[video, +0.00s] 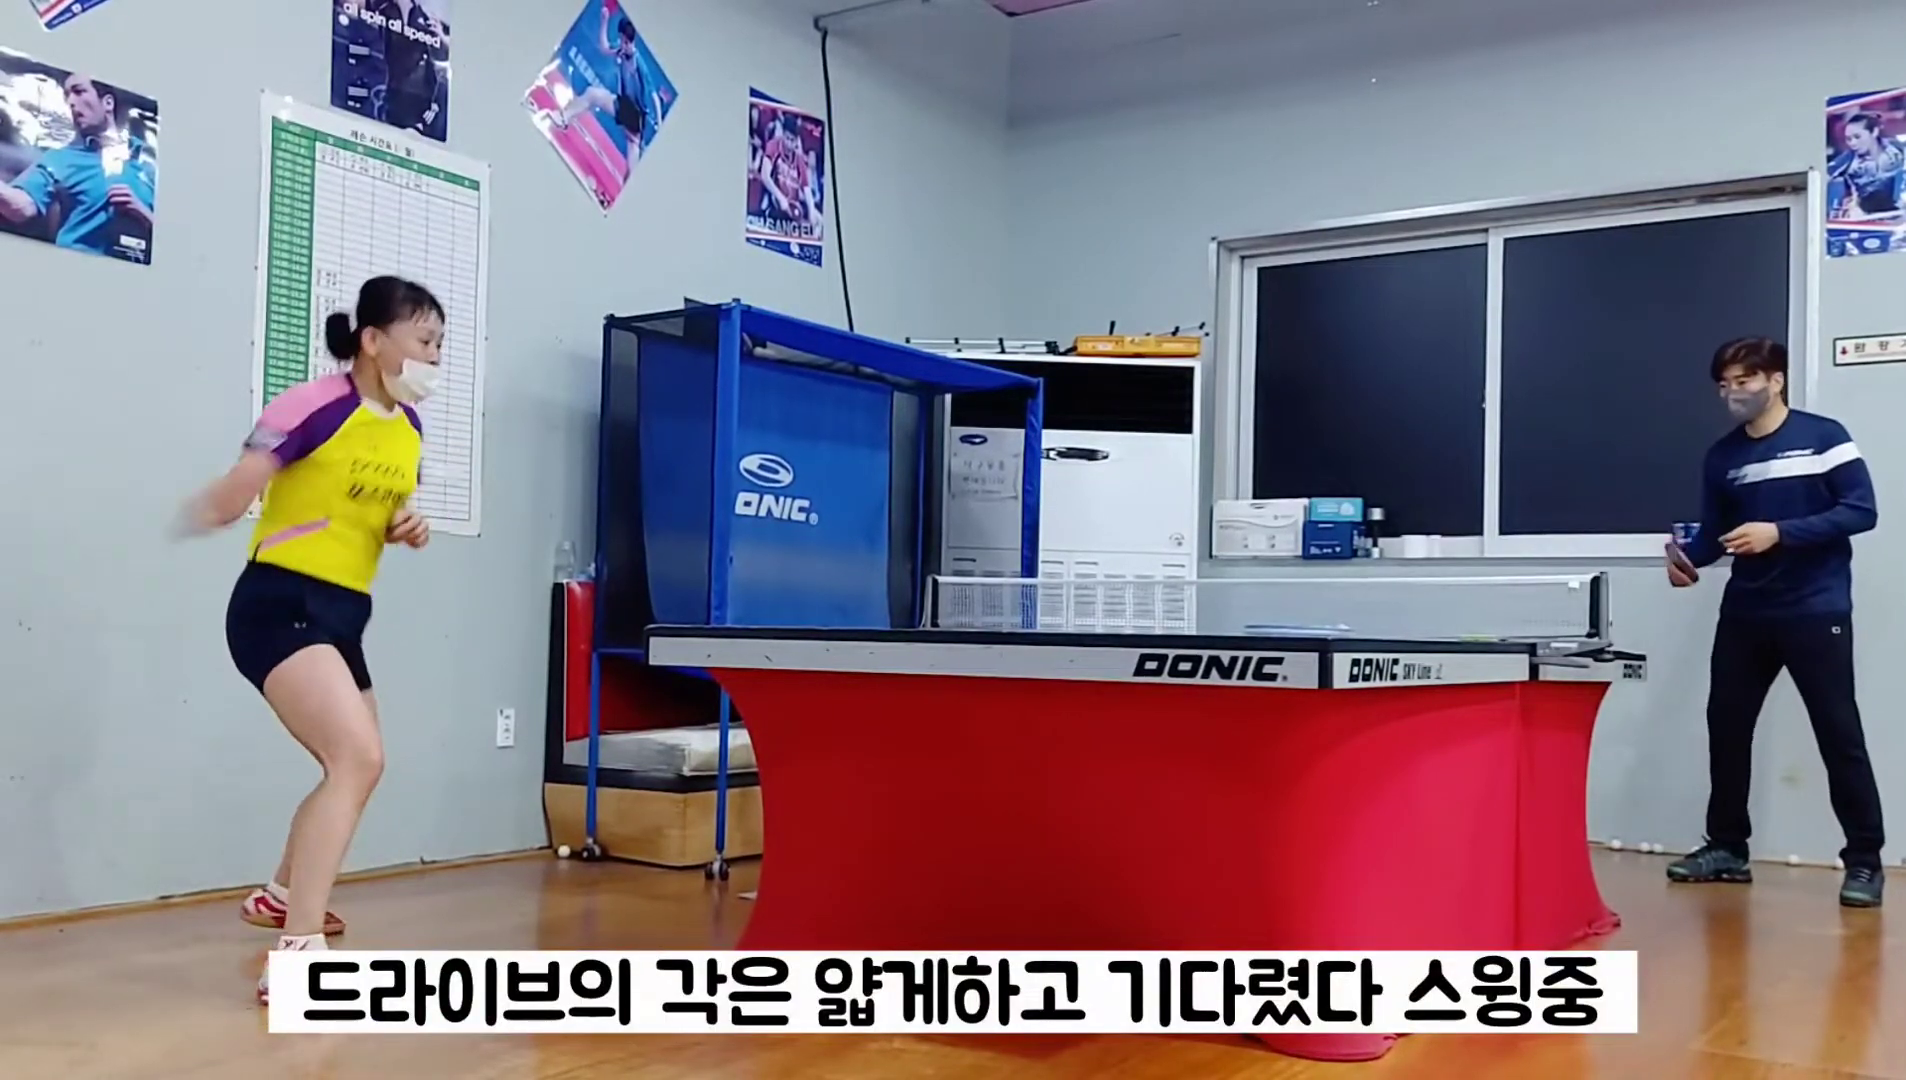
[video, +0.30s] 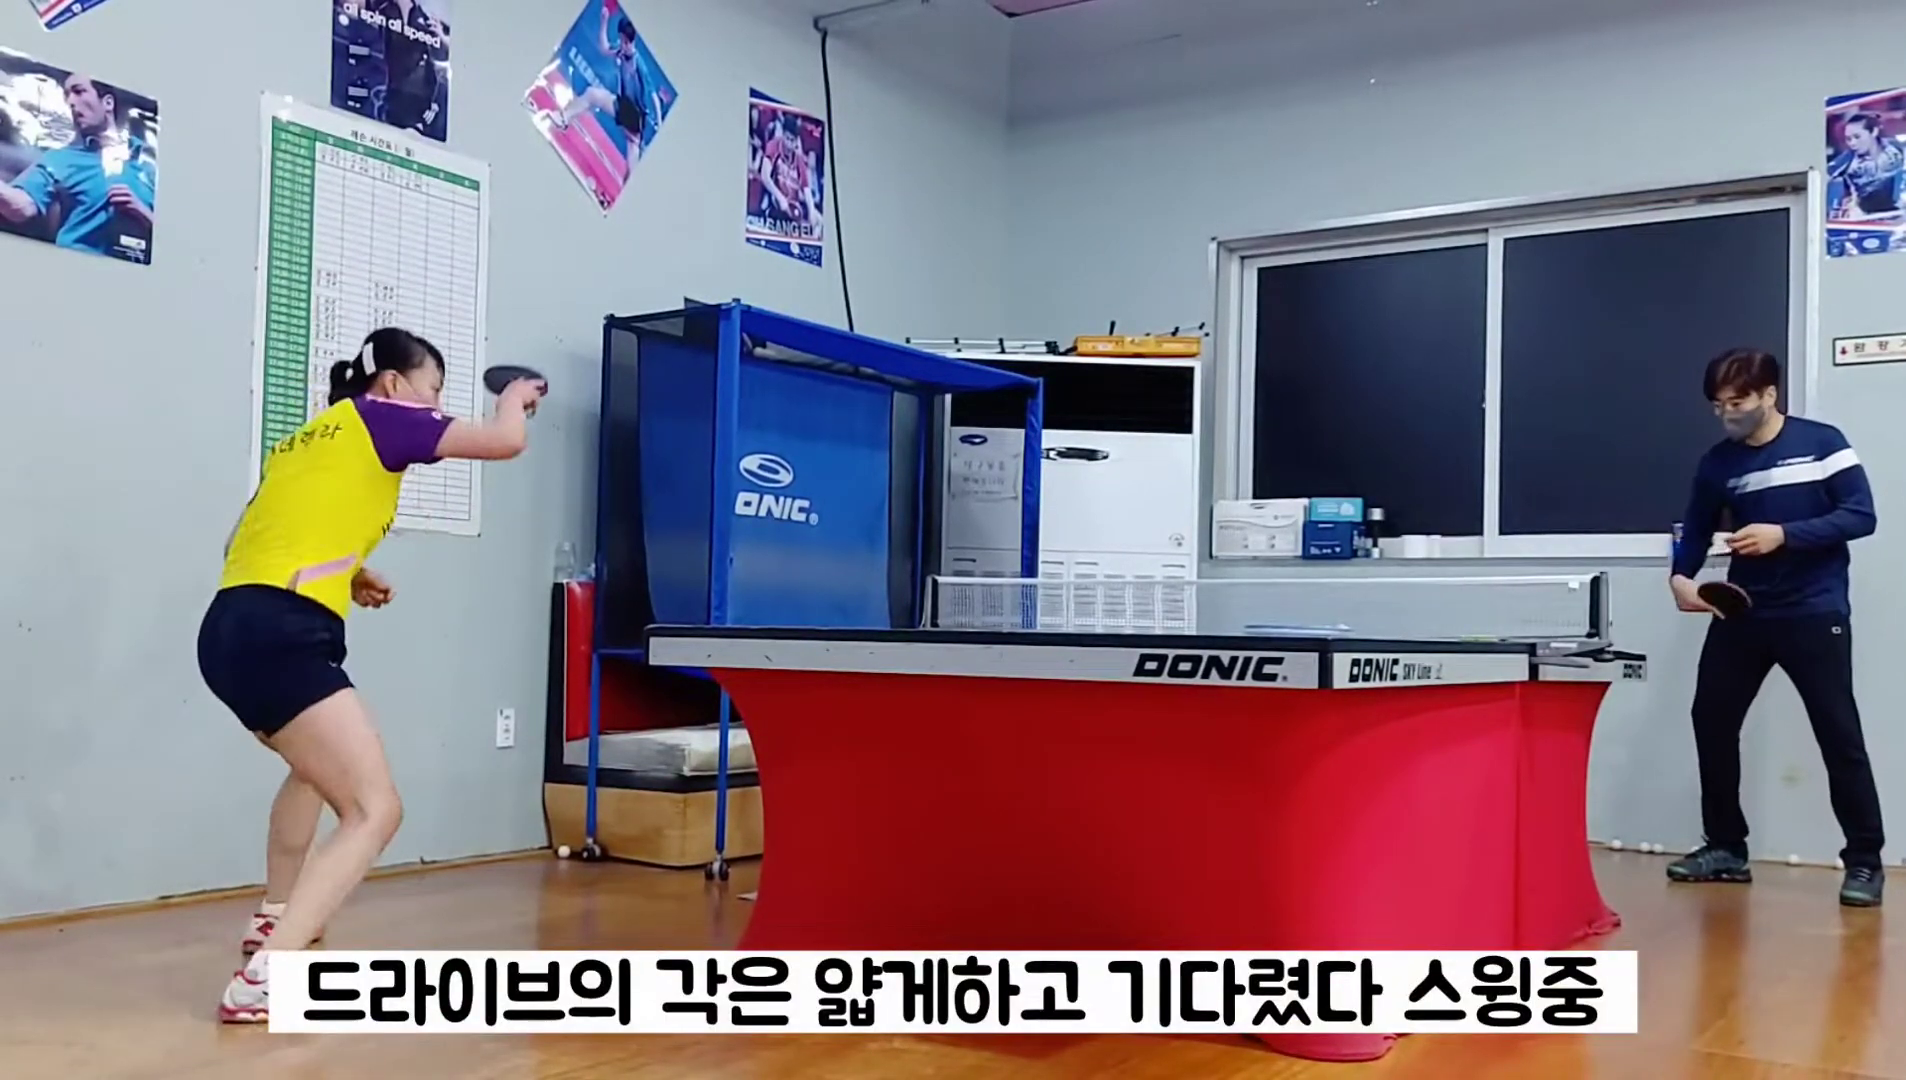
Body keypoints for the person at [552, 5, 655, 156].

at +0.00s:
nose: (622, 41)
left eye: (624, 39)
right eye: (621, 38)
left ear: (627, 39)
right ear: (621, 38)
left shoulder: (630, 55)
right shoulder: (621, 53)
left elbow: (631, 54)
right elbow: (604, 49)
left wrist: (628, 49)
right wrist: (604, 22)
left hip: (628, 107)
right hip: (637, 114)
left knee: (592, 94)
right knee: (633, 143)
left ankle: (563, 117)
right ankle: (630, 176)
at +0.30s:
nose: (622, 42)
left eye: (624, 39)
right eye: (621, 38)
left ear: (628, 40)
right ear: (621, 38)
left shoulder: (632, 56)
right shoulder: (621, 52)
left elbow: (631, 57)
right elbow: (604, 49)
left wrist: (628, 53)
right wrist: (604, 22)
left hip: (629, 109)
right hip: (636, 116)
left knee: (592, 94)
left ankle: (563, 118)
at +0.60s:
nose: (621, 43)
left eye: (623, 40)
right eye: (621, 39)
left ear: (628, 41)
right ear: (622, 39)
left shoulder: (632, 56)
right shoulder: (622, 53)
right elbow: (604, 50)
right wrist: (604, 23)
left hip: (628, 108)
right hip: (637, 115)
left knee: (593, 94)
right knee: (632, 160)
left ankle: (563, 118)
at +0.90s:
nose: (621, 42)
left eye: (624, 40)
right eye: (621, 38)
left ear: (628, 41)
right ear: (620, 38)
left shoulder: (632, 56)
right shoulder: (622, 53)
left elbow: (631, 56)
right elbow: (604, 50)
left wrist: (628, 51)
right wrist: (604, 22)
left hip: (628, 109)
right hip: (638, 116)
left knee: (593, 94)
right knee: (633, 145)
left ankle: (563, 117)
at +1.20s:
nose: (622, 43)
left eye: (624, 40)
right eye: (622, 40)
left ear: (628, 41)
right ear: (622, 39)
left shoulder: (631, 56)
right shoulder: (622, 54)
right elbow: (604, 50)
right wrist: (604, 22)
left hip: (627, 109)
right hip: (637, 116)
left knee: (593, 95)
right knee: (633, 162)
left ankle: (564, 118)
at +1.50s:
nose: (622, 43)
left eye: (624, 40)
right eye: (621, 39)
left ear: (628, 41)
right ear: (622, 39)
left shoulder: (631, 55)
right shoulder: (623, 52)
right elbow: (604, 50)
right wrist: (604, 22)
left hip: (628, 109)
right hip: (637, 115)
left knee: (593, 94)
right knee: (632, 163)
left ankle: (563, 118)